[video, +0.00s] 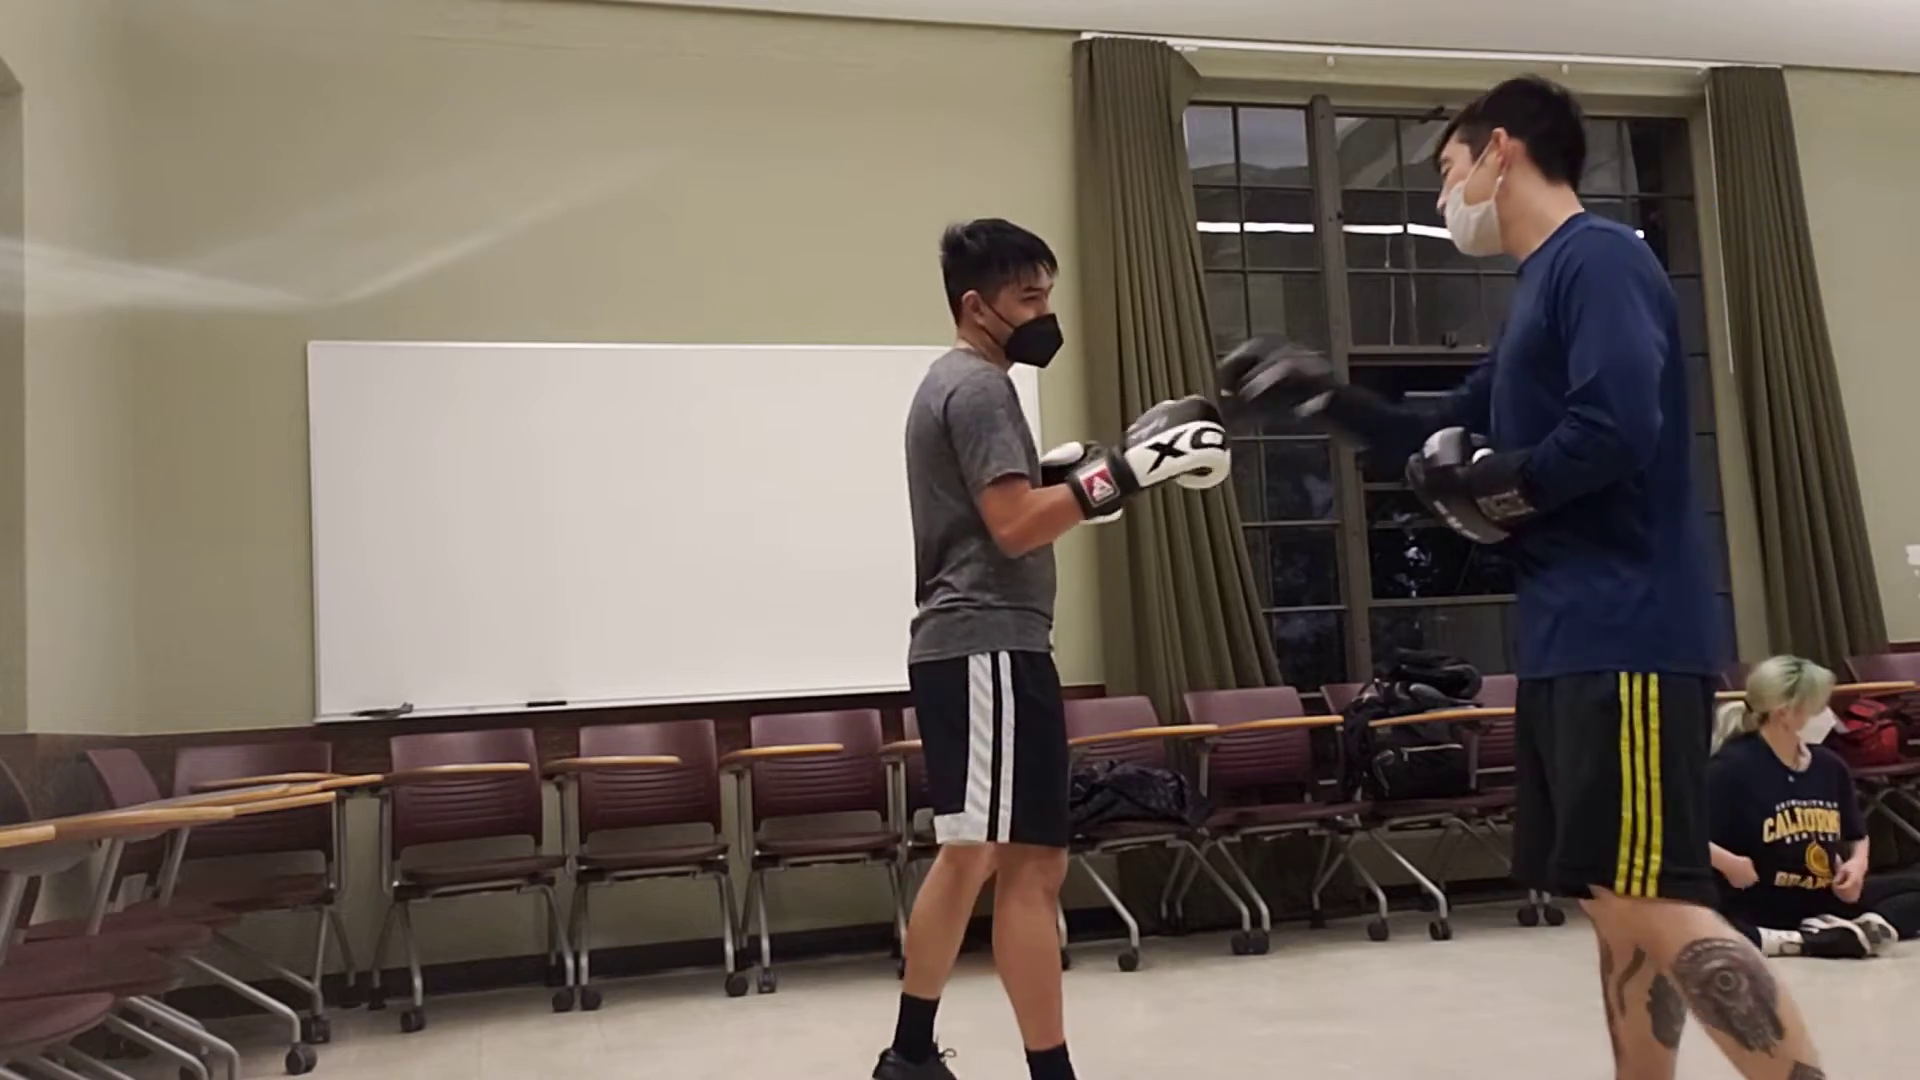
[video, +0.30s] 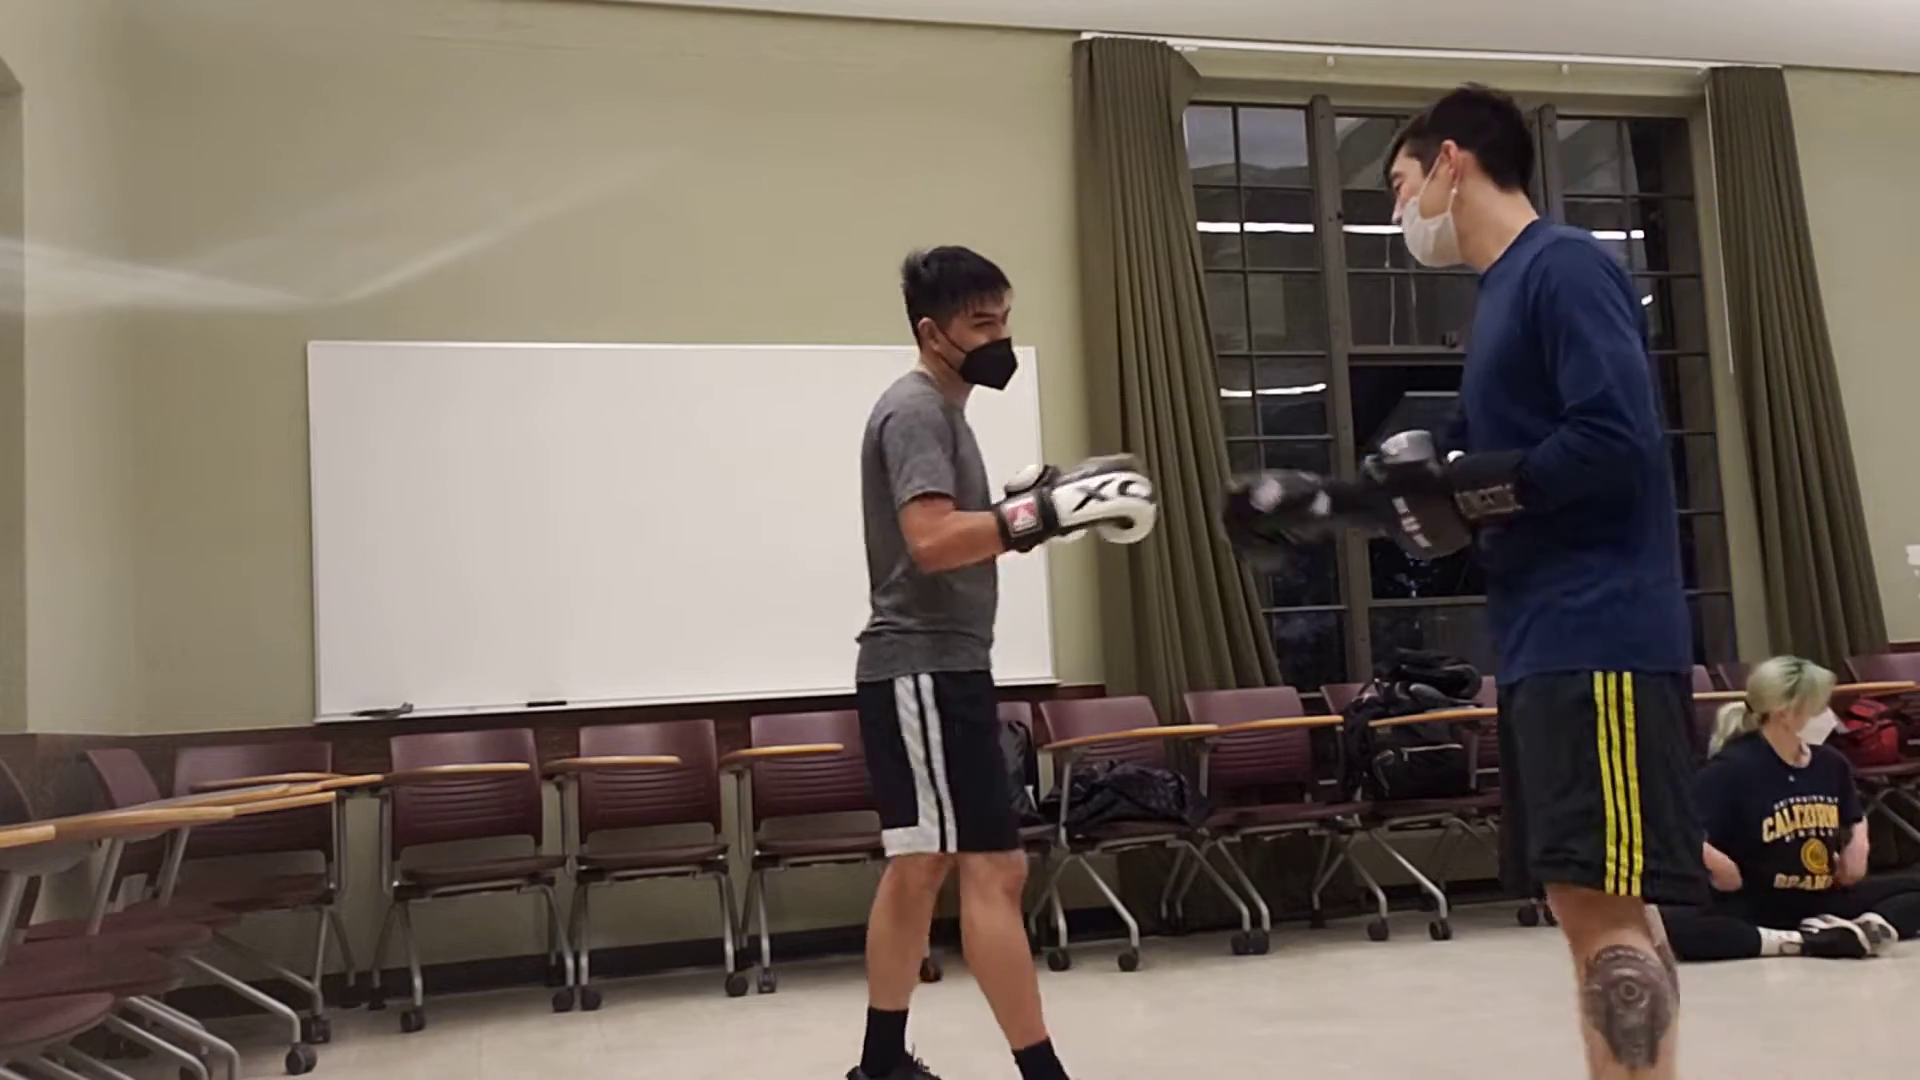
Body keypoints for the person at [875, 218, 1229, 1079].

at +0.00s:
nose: (1044, 309)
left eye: (1046, 292)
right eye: (1028, 293)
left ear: (978, 305)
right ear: (974, 301)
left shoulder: (950, 384)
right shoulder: (979, 387)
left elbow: (989, 515)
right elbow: (1017, 526)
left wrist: (1076, 474)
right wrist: (1119, 475)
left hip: (959, 647)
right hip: (995, 650)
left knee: (965, 855)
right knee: (1033, 866)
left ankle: (909, 1051)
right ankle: (1054, 1074)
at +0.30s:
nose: (999, 335)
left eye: (1003, 318)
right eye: (981, 321)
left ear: (1001, 315)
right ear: (929, 328)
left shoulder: (944, 414)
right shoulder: (913, 412)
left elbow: (952, 539)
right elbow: (931, 544)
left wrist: (1030, 504)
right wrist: (1037, 512)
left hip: (941, 667)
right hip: (925, 669)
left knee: (917, 864)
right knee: (992, 870)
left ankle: (882, 1059)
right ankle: (1045, 1071)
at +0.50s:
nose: (967, 335)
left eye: (972, 319)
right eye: (948, 320)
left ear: (972, 315)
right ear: (898, 324)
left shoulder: (922, 414)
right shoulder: (869, 414)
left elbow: (903, 542)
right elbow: (841, 554)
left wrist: (977, 553)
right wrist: (950, 570)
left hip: (909, 659)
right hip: (878, 661)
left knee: (893, 864)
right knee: (941, 860)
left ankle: (882, 1060)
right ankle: (948, 1067)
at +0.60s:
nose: (950, 334)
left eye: (956, 318)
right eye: (931, 319)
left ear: (957, 319)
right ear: (882, 323)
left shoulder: (906, 414)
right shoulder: (856, 416)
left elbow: (883, 535)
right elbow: (807, 551)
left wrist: (947, 554)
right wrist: (914, 589)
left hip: (897, 658)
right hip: (862, 662)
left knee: (903, 862)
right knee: (908, 863)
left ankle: (878, 1052)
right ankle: (873, 1056)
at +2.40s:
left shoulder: (887, 442)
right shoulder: (802, 426)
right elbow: (761, 549)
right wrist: (823, 635)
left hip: (845, 661)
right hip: (785, 661)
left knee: (842, 874)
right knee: (797, 871)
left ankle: (820, 1047)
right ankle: (793, 1052)